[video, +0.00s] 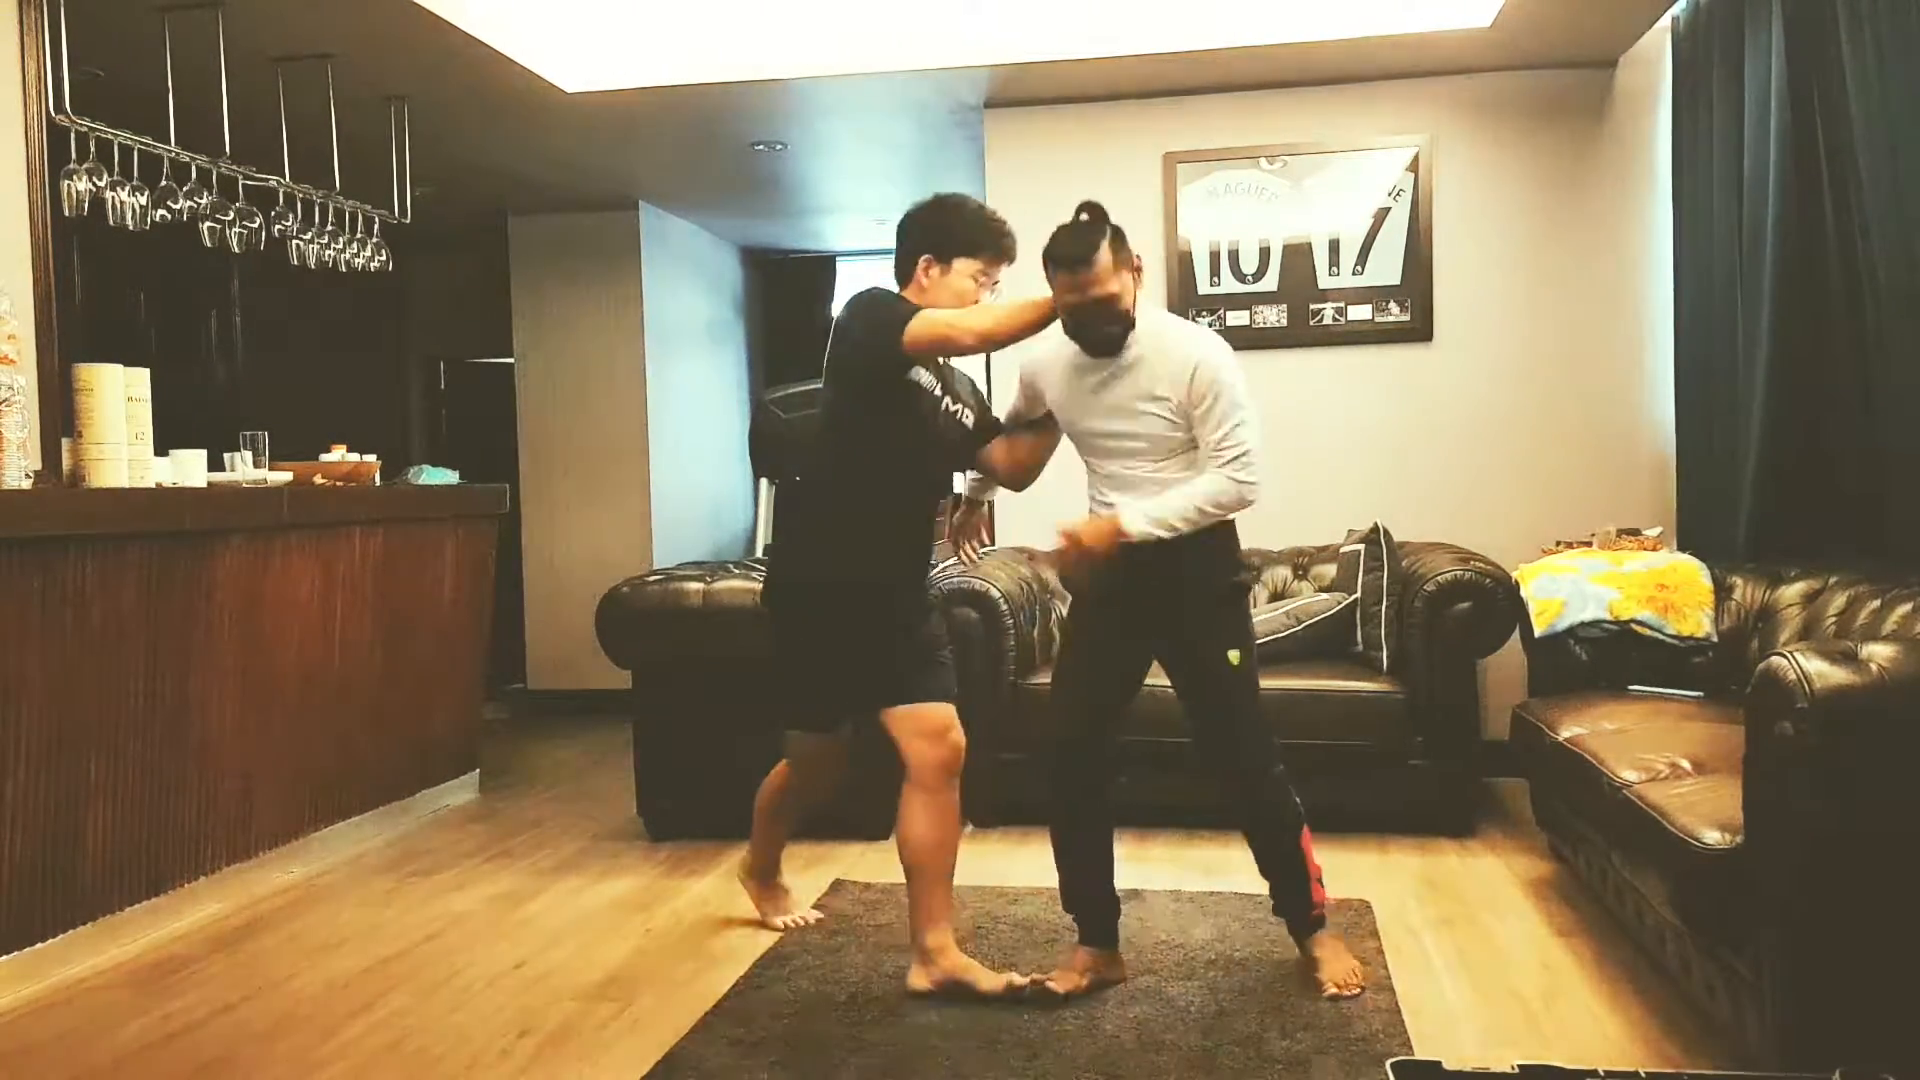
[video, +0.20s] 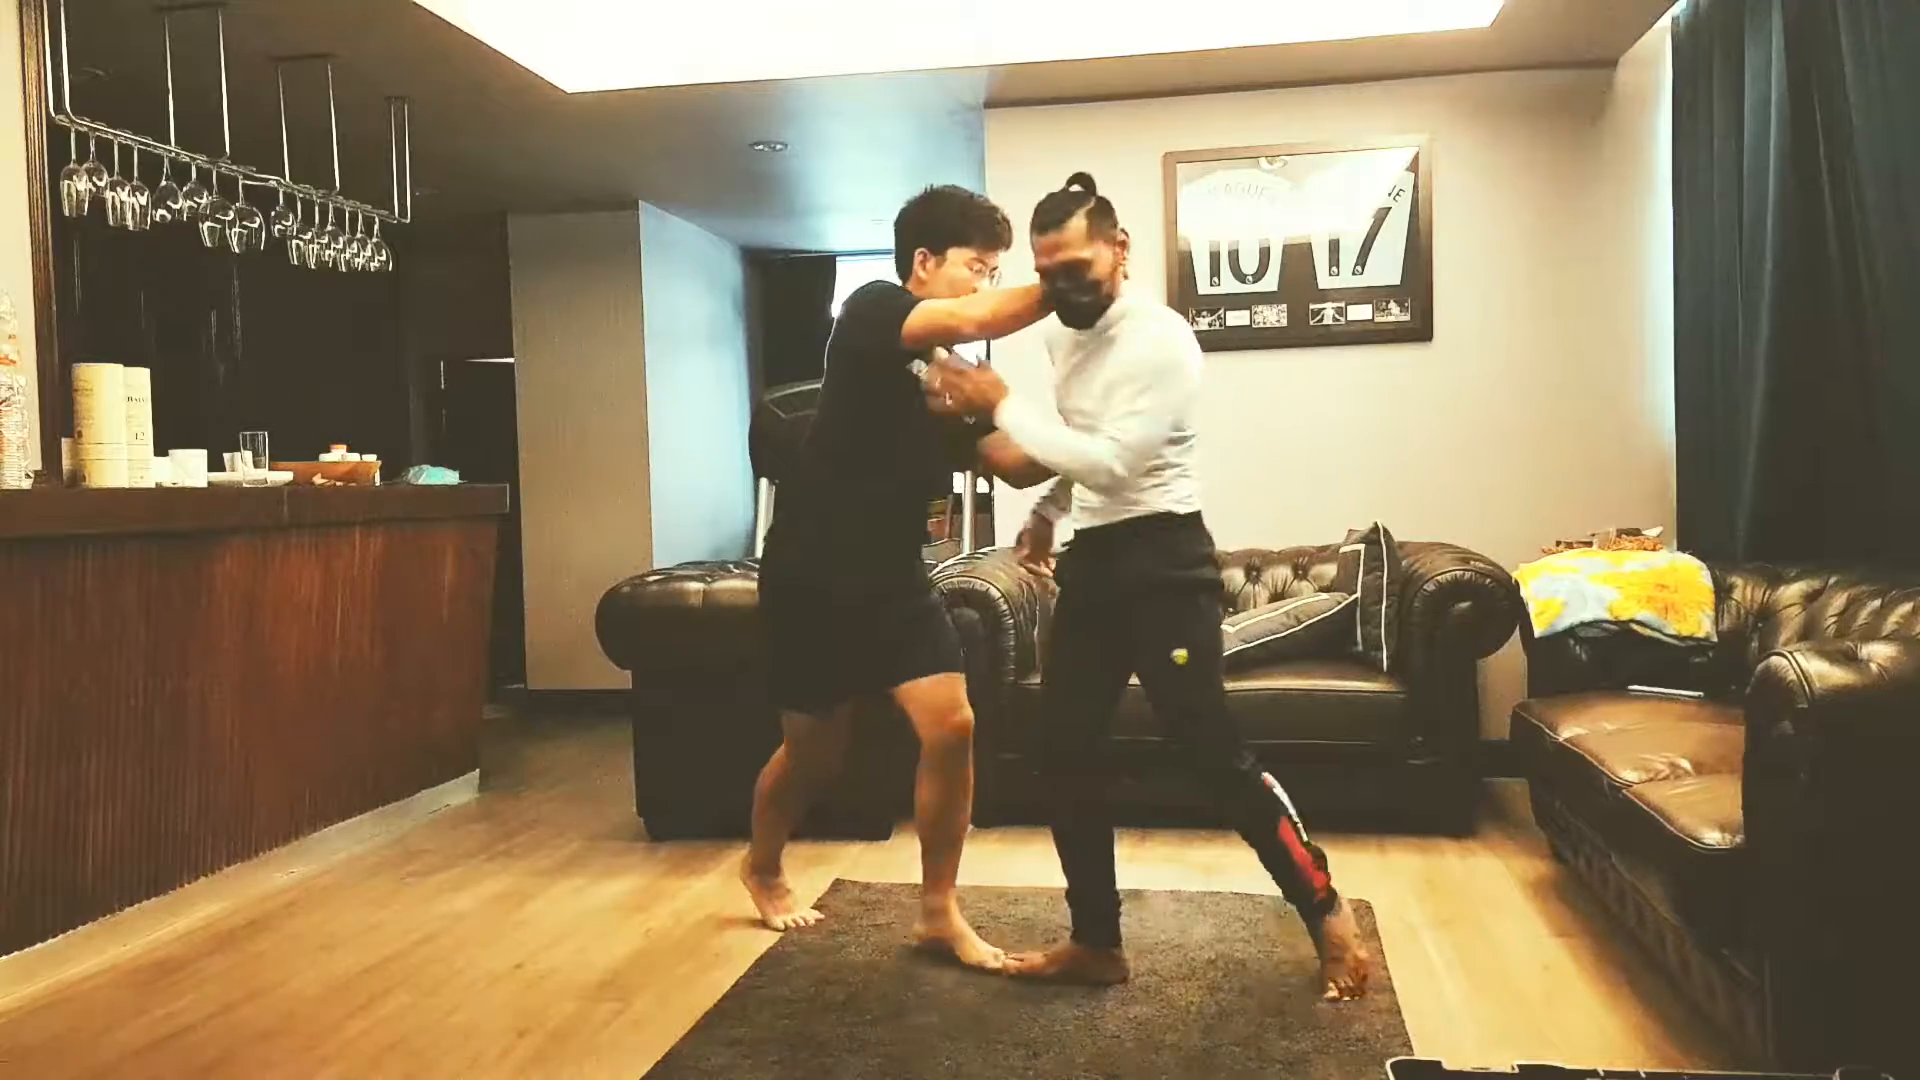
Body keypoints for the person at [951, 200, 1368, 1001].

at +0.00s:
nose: (1105, 312)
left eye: (1113, 292)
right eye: (1084, 301)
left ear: (1135, 270)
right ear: (1056, 295)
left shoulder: (1198, 356)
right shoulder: (1043, 364)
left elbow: (1239, 480)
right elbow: (1017, 453)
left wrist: (1122, 521)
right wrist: (977, 484)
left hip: (1200, 570)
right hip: (1112, 575)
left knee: (1242, 751)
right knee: (1071, 747)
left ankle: (1314, 932)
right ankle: (1096, 946)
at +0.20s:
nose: (1059, 285)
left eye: (1073, 266)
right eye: (1047, 269)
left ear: (1119, 250)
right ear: (1038, 265)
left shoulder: (1163, 339)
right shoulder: (1060, 341)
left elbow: (1117, 464)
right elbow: (1080, 442)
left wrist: (1006, 414)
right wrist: (1044, 512)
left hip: (1166, 556)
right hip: (1091, 563)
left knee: (1211, 747)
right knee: (1069, 749)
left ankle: (1330, 923)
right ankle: (1095, 944)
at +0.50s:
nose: (1021, 290)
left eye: (1030, 271)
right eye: (1015, 274)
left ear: (1081, 252)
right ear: (1067, 259)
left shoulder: (1121, 352)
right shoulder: (1092, 330)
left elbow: (1116, 499)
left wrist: (984, 482)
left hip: (1129, 577)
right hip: (1088, 570)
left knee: (1095, 770)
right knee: (1054, 761)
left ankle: (1229, 967)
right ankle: (1089, 944)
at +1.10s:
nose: (943, 233)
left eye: (956, 210)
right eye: (938, 214)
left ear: (1025, 193)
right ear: (1003, 203)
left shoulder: (1108, 306)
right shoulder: (1011, 302)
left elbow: (1140, 482)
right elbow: (1042, 452)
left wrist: (1046, 611)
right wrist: (1015, 555)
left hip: (1119, 582)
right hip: (1036, 576)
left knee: (1124, 821)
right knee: (990, 809)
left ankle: (1179, 1019)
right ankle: (1050, 1038)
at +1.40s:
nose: (833, 199)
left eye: (849, 178)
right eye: (832, 183)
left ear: (919, 172)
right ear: (909, 179)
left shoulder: (1018, 280)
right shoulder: (896, 317)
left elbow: (1068, 460)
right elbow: (925, 471)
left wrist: (1009, 623)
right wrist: (903, 611)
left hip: (1017, 590)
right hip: (924, 592)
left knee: (1020, 861)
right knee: (904, 869)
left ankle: (1126, 991)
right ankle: (947, 1065)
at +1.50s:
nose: (804, 199)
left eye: (818, 177)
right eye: (802, 183)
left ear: (886, 160)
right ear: (876, 168)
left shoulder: (987, 277)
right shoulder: (858, 325)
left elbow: (1054, 443)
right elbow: (866, 473)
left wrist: (960, 601)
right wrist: (857, 593)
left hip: (969, 596)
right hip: (880, 594)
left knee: (920, 851)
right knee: (869, 855)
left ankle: (1041, 998)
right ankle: (940, 1061)